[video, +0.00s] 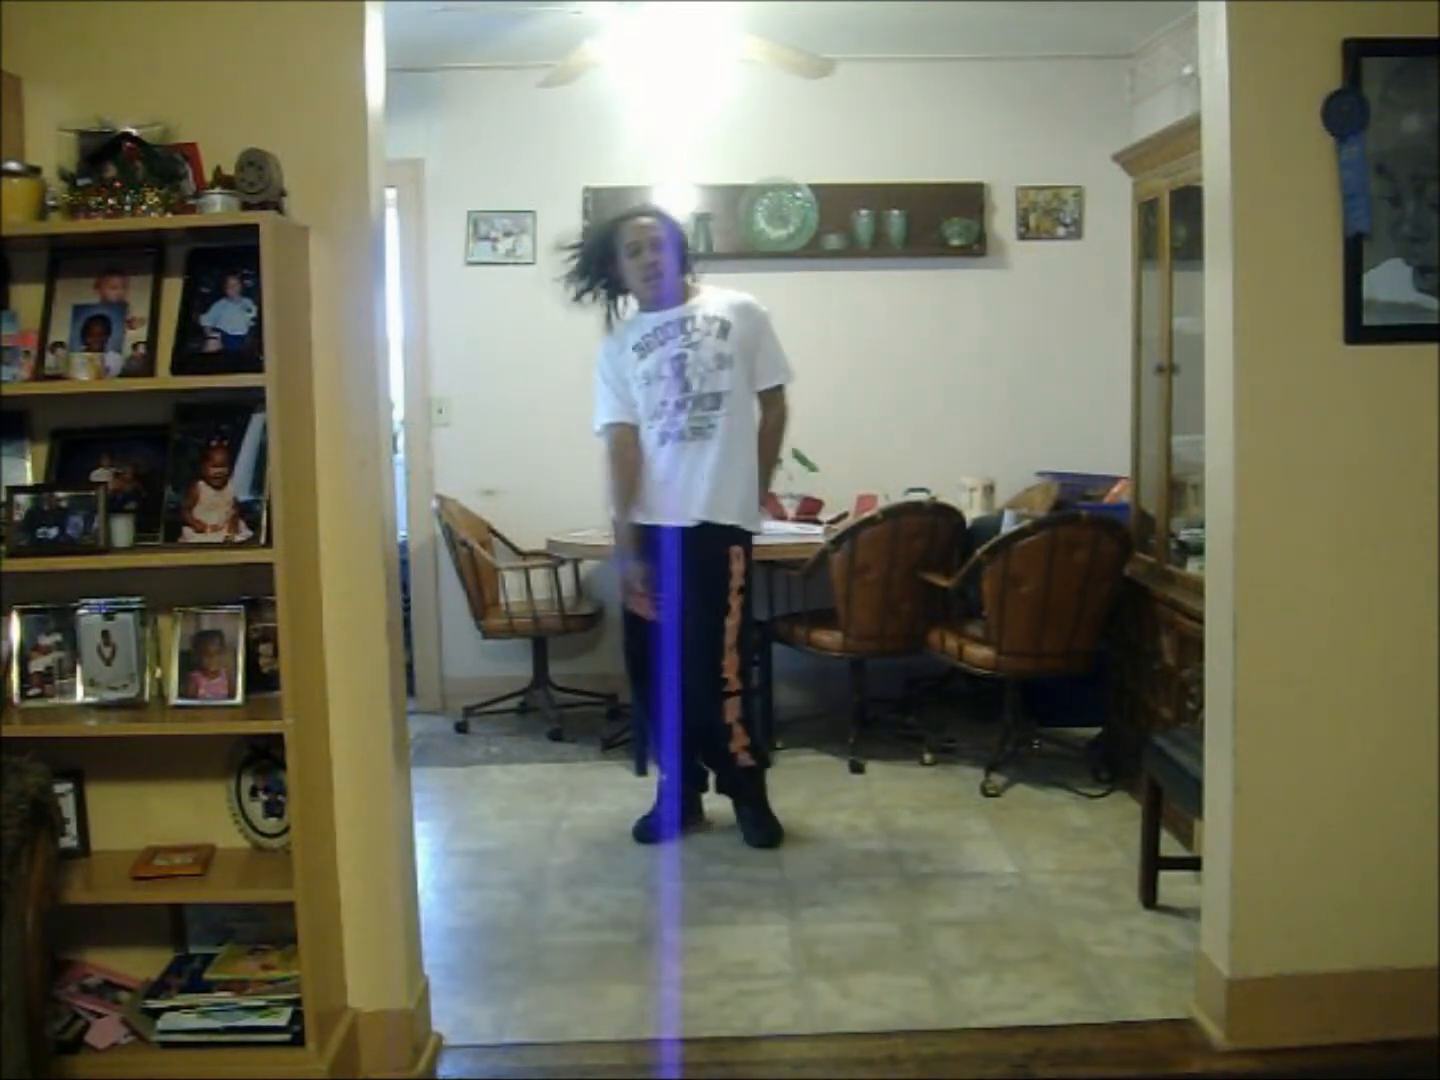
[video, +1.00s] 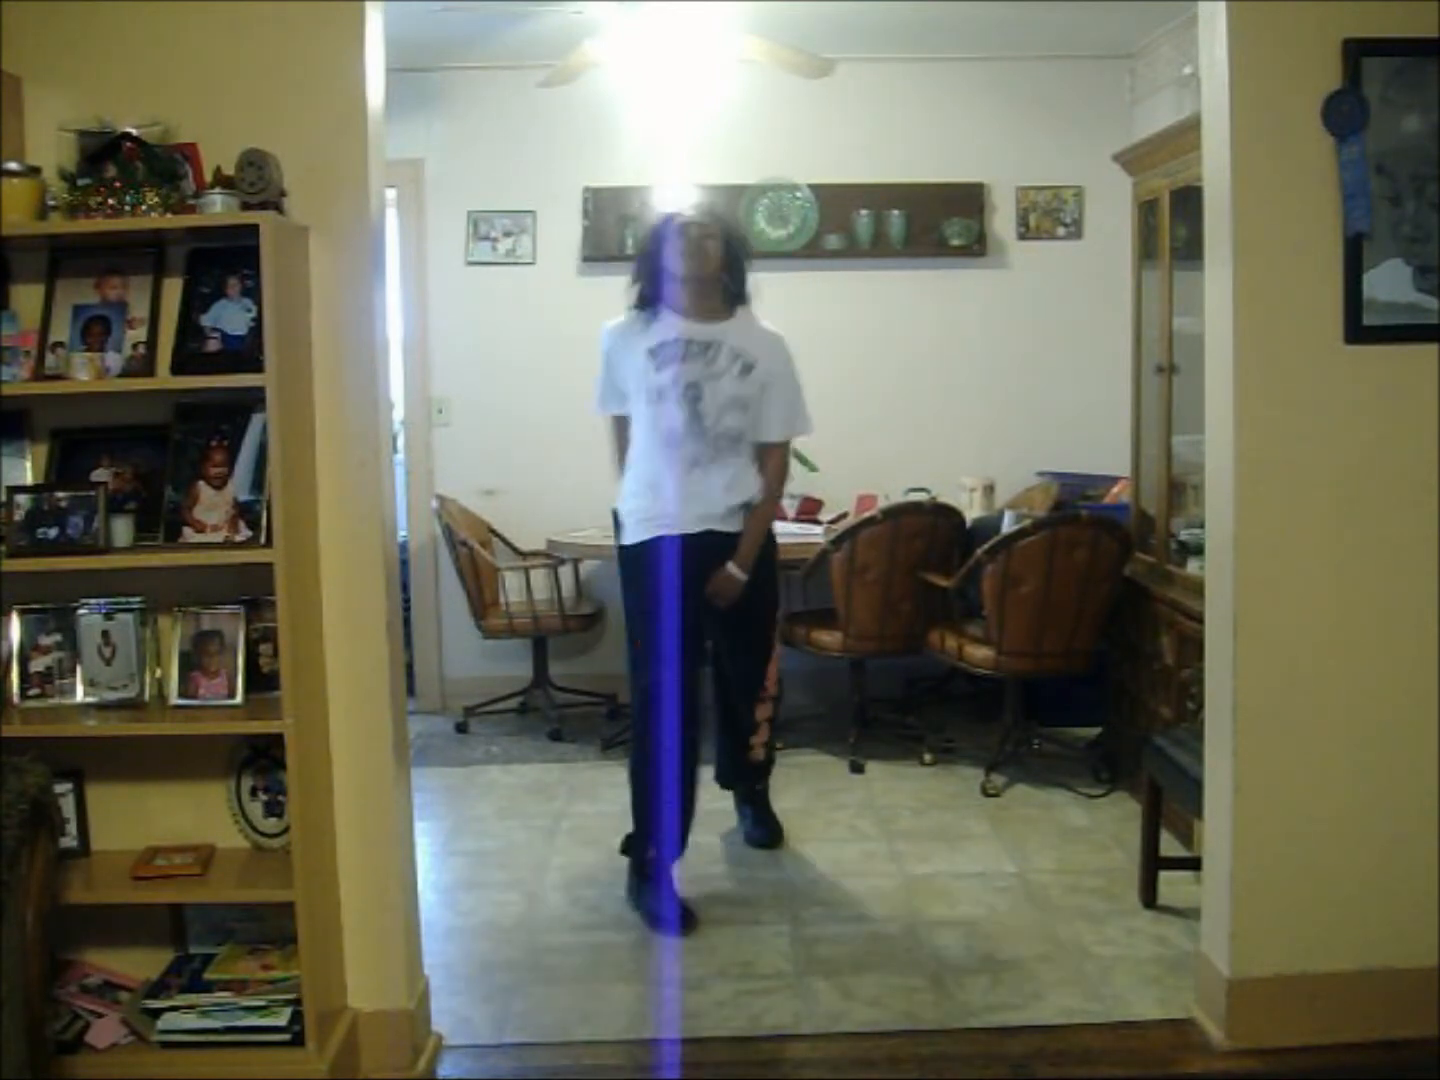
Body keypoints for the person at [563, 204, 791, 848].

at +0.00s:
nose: (651, 259)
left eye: (659, 246)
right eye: (636, 251)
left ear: (682, 253)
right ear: (617, 269)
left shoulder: (738, 315)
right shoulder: (618, 347)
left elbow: (774, 407)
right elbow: (622, 445)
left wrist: (756, 486)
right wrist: (626, 546)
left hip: (726, 511)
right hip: (654, 517)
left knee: (727, 659)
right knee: (663, 663)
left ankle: (749, 793)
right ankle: (679, 791)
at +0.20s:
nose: (668, 256)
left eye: (680, 244)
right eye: (655, 244)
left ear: (700, 254)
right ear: (634, 256)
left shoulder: (739, 327)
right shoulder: (614, 337)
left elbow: (764, 425)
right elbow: (614, 423)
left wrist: (775, 508)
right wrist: (654, 446)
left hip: (733, 512)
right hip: (651, 516)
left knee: (736, 654)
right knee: (659, 656)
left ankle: (749, 789)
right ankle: (678, 790)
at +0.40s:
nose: (683, 253)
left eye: (696, 241)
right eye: (670, 241)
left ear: (717, 251)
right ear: (648, 254)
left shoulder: (753, 331)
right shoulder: (624, 324)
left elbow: (782, 433)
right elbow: (631, 400)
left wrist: (784, 516)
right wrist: (733, 370)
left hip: (746, 509)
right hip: (663, 511)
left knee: (754, 657)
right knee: (665, 658)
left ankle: (748, 784)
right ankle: (677, 791)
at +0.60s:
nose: (702, 268)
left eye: (716, 257)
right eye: (691, 257)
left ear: (739, 267)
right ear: (674, 267)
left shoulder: (775, 347)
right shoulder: (647, 342)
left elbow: (773, 462)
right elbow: (630, 438)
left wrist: (752, 556)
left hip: (756, 513)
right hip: (677, 514)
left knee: (762, 660)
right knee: (661, 651)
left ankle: (753, 788)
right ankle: (652, 772)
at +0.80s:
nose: (705, 273)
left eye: (718, 262)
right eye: (693, 262)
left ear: (741, 269)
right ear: (674, 268)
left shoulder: (780, 338)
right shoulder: (641, 340)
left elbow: (789, 451)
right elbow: (623, 437)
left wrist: (763, 541)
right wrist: (625, 517)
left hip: (756, 519)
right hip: (672, 522)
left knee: (756, 666)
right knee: (669, 674)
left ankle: (755, 796)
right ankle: (649, 832)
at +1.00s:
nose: (694, 249)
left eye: (707, 238)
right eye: (680, 238)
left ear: (727, 255)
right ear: (657, 256)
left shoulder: (762, 346)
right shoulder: (626, 340)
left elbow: (775, 466)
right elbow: (622, 447)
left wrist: (743, 558)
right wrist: (638, 520)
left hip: (737, 533)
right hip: (652, 535)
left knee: (746, 676)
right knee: (662, 697)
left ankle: (751, 789)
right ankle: (653, 861)